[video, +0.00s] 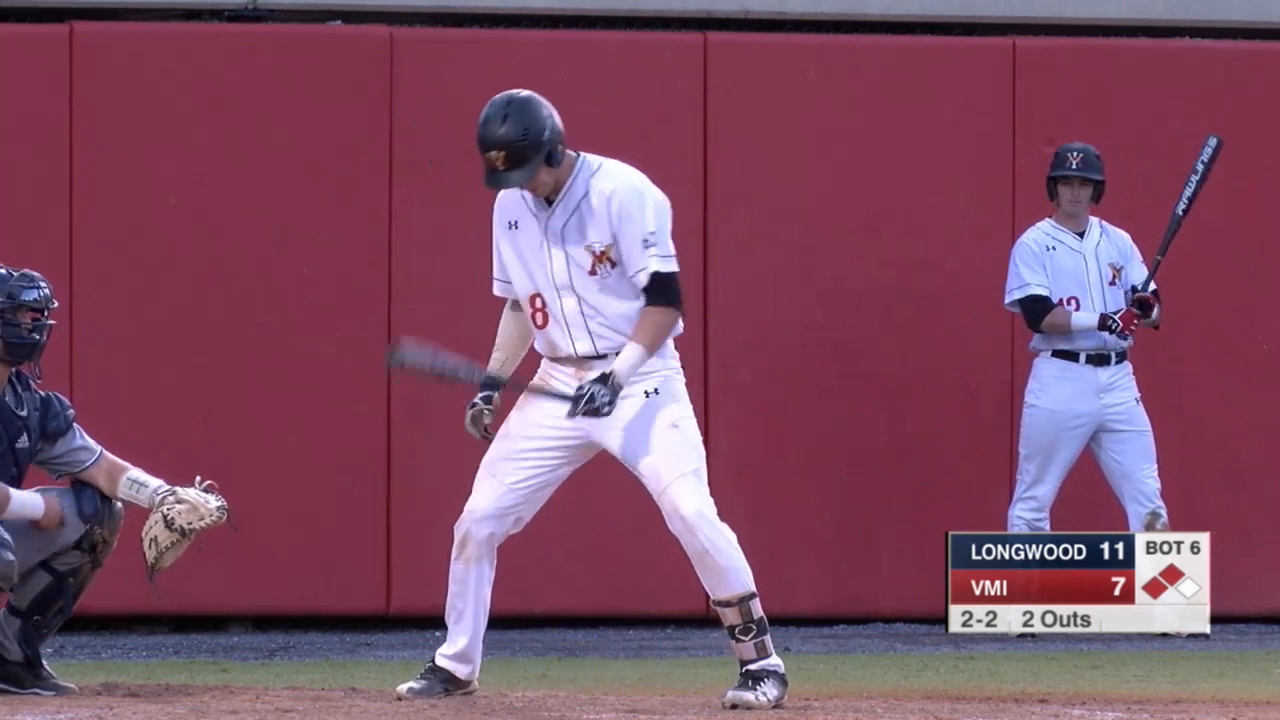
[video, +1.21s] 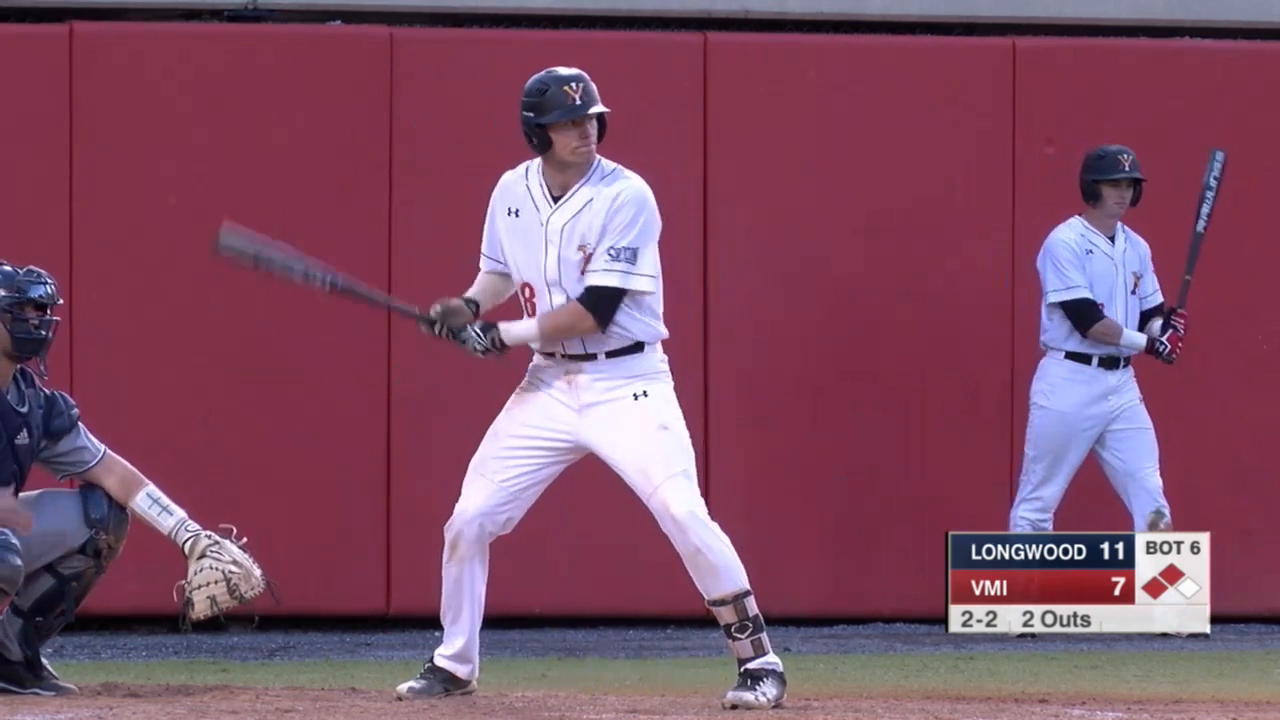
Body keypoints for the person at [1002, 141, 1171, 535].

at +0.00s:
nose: (1075, 192)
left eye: (1083, 184)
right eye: (1067, 183)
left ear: (1096, 189)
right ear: (1053, 187)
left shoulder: (1119, 241)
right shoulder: (1032, 243)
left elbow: (1152, 312)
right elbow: (1040, 317)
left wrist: (1146, 309)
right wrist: (1101, 320)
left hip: (1118, 383)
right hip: (1058, 381)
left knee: (1148, 504)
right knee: (1033, 502)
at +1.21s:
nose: (1124, 193)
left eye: (1130, 185)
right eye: (1115, 184)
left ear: (1135, 191)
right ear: (1092, 187)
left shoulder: (1136, 246)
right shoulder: (1064, 242)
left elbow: (1149, 314)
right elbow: (1087, 322)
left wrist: (1163, 326)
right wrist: (1146, 342)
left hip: (1121, 387)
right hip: (1067, 384)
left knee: (1151, 504)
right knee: (1037, 504)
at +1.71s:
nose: (1195, 201)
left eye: (1199, 193)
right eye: (1186, 192)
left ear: (1204, 198)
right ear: (1162, 195)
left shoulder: (1188, 254)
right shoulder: (1134, 246)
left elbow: (1186, 328)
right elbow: (1148, 333)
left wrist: (1217, 359)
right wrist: (1193, 375)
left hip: (1153, 385)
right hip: (1106, 378)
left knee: (1172, 501)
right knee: (1083, 494)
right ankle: (1032, 582)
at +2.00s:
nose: (1198, 209)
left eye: (1203, 201)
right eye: (1189, 200)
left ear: (1207, 206)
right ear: (1163, 203)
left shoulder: (1192, 257)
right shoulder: (1130, 259)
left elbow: (1185, 323)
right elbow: (1115, 345)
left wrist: (1208, 364)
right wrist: (1138, 411)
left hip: (1147, 386)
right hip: (1099, 382)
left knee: (1171, 495)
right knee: (1060, 484)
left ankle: (1179, 592)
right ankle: (1000, 576)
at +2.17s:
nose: (1175, 215)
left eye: (1179, 207)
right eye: (1165, 207)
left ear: (1183, 212)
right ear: (1140, 210)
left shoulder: (1174, 264)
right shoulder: (1102, 266)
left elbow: (1172, 330)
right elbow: (1078, 348)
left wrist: (1189, 369)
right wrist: (1080, 408)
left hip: (1135, 398)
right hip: (1081, 391)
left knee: (1165, 505)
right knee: (1047, 496)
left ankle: (1171, 609)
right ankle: (992, 591)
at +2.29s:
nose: (1147, 218)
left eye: (1153, 210)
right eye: (1138, 210)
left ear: (1158, 216)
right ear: (1114, 213)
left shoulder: (1154, 266)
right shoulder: (1074, 268)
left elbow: (1156, 329)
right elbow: (1043, 339)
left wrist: (1167, 369)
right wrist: (1024, 394)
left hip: (1118, 401)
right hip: (1062, 395)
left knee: (1151, 505)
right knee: (1038, 497)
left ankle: (1165, 606)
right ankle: (991, 594)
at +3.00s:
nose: (1166, 225)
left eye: (1170, 217)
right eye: (1156, 217)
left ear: (1174, 223)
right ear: (1131, 221)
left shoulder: (1168, 274)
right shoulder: (1091, 275)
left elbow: (1169, 335)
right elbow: (1068, 357)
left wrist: (1180, 378)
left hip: (1128, 402)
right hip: (1072, 396)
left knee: (1160, 508)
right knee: (1047, 498)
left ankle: (1171, 608)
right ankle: (994, 590)